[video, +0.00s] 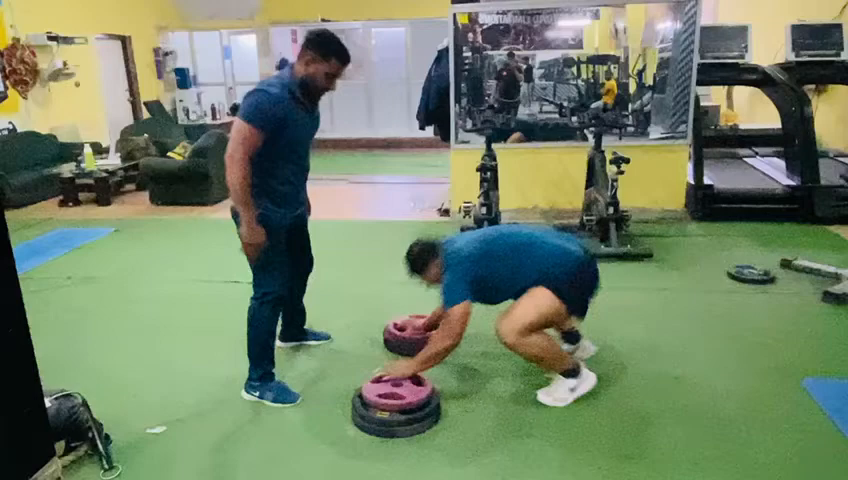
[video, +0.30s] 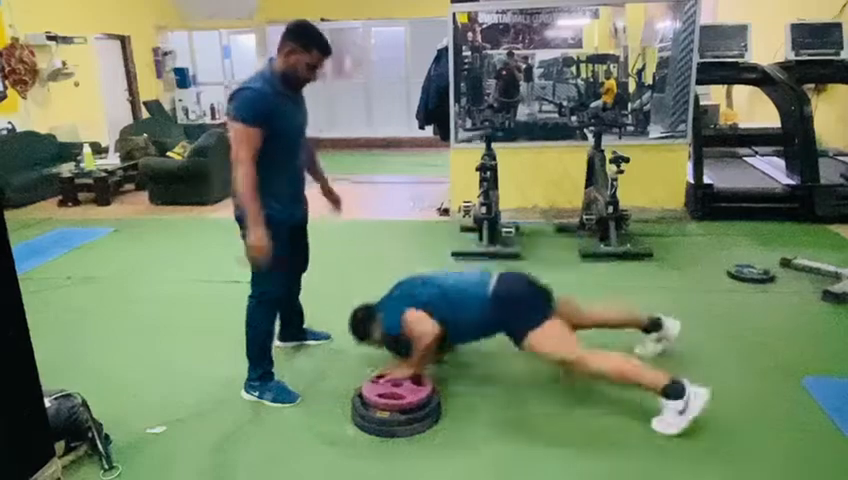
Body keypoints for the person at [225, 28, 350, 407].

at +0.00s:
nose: (333, 84)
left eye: (337, 77)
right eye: (329, 75)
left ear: (316, 66)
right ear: (307, 61)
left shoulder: (307, 100)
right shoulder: (267, 98)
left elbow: (291, 157)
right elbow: (236, 156)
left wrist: (299, 201)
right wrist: (248, 221)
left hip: (294, 212)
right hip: (263, 215)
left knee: (299, 269)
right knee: (270, 291)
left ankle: (293, 330)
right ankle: (259, 379)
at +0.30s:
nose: (315, 75)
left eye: (317, 68)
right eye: (311, 66)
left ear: (298, 57)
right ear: (288, 53)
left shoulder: (290, 91)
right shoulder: (253, 97)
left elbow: (298, 145)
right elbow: (242, 165)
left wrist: (323, 184)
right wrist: (255, 226)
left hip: (292, 208)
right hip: (264, 212)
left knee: (292, 272)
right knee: (267, 291)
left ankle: (292, 331)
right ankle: (258, 378)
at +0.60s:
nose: (304, 73)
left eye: (307, 66)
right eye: (300, 64)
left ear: (286, 56)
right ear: (276, 52)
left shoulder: (281, 93)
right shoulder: (244, 95)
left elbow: (293, 149)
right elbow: (242, 159)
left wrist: (320, 182)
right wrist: (292, 199)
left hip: (285, 203)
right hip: (256, 209)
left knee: (289, 269)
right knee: (263, 287)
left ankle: (291, 329)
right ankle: (257, 378)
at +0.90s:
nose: (296, 72)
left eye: (299, 64)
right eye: (292, 63)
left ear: (277, 55)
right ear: (268, 51)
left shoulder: (272, 91)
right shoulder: (236, 95)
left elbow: (280, 155)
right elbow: (233, 162)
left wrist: (294, 199)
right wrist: (261, 218)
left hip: (285, 208)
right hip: (256, 213)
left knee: (286, 274)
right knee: (258, 291)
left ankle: (290, 329)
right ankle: (257, 378)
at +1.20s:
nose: (295, 71)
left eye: (298, 63)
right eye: (290, 62)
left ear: (273, 55)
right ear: (265, 51)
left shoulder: (274, 91)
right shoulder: (234, 95)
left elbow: (287, 151)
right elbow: (231, 164)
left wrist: (307, 190)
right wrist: (255, 222)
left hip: (284, 204)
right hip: (256, 209)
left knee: (287, 269)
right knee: (259, 289)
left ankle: (290, 328)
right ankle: (257, 377)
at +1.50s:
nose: (313, 81)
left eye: (317, 75)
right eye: (311, 73)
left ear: (294, 63)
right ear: (289, 60)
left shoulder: (289, 94)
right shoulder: (248, 96)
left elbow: (292, 144)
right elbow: (236, 161)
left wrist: (308, 185)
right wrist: (271, 213)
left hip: (284, 201)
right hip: (252, 208)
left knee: (293, 264)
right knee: (263, 288)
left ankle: (291, 327)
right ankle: (257, 377)